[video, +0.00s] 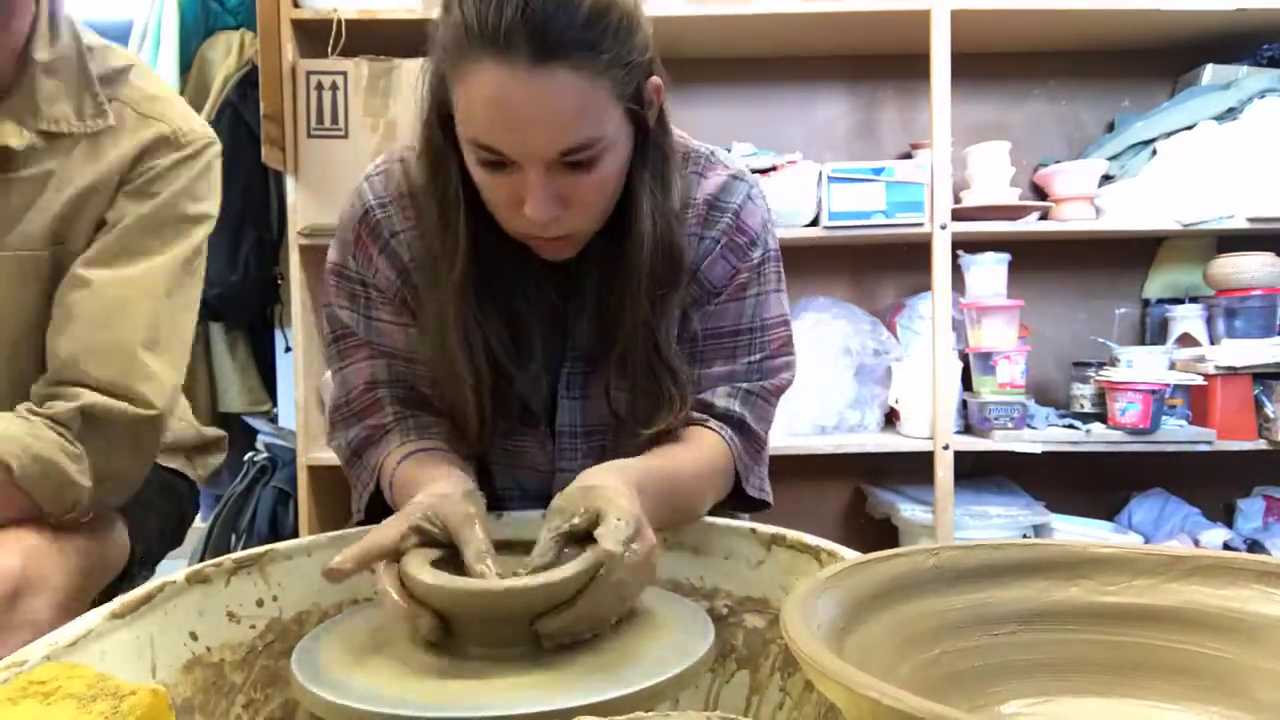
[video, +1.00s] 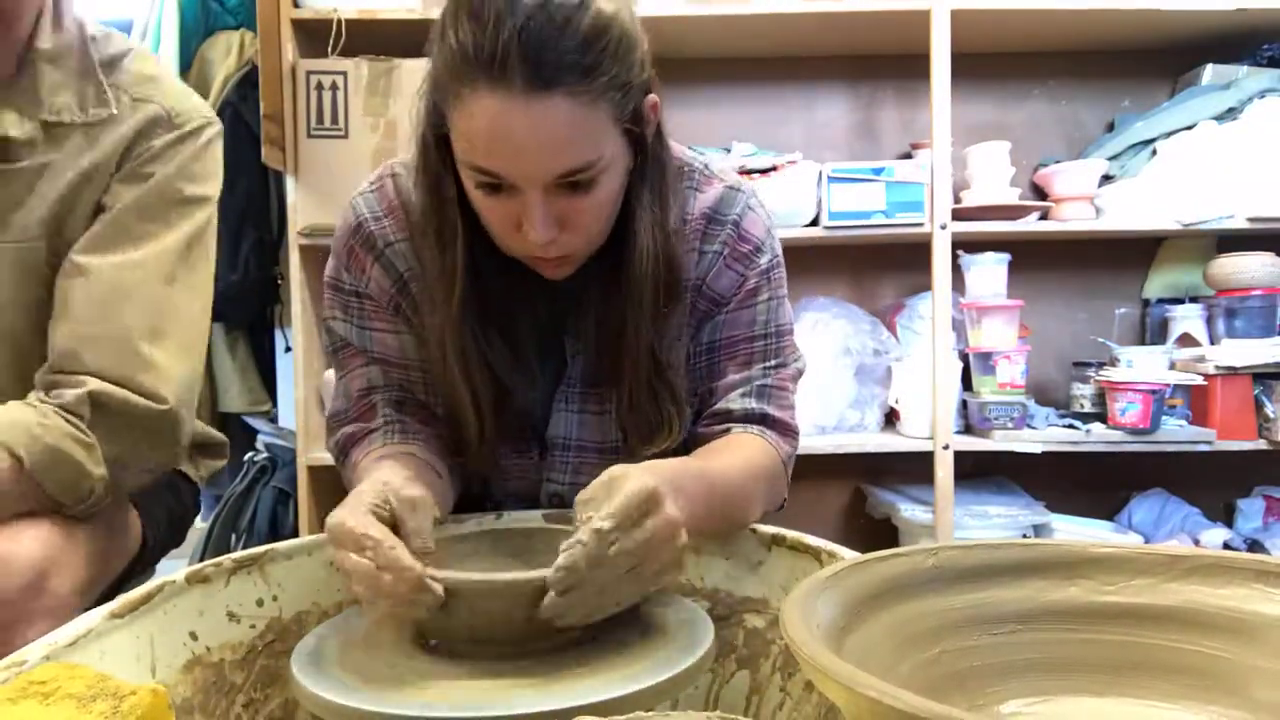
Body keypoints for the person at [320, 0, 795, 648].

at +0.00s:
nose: (539, 210)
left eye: (579, 163)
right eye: (495, 164)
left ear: (647, 109)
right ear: (451, 127)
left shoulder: (719, 211)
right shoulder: (390, 215)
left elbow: (731, 430)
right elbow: (383, 409)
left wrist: (635, 486)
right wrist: (438, 486)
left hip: (659, 568)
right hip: (464, 562)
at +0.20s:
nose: (535, 224)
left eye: (577, 178)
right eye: (492, 179)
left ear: (645, 120)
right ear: (448, 136)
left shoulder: (717, 210)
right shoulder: (388, 216)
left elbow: (734, 420)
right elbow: (383, 406)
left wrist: (653, 490)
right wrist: (430, 488)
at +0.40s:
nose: (599, 138)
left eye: (647, 107)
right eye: (571, 87)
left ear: (690, 103)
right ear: (518, 67)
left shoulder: (725, 212)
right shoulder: (408, 212)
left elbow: (734, 411)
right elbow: (397, 405)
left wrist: (657, 505)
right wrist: (439, 482)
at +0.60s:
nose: (535, 174)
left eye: (577, 128)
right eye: (495, 127)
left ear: (646, 92)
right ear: (453, 101)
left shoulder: (716, 214)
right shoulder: (391, 220)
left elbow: (753, 424)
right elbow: (395, 417)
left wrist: (677, 515)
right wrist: (393, 510)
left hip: (662, 588)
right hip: (467, 579)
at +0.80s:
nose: (541, 207)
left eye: (583, 163)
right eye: (499, 163)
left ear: (650, 112)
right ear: (456, 125)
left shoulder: (723, 226)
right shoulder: (392, 226)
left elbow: (757, 440)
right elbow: (398, 417)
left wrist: (670, 500)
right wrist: (400, 494)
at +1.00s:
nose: (538, 230)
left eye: (577, 184)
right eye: (492, 186)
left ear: (643, 124)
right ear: (448, 146)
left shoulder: (723, 229)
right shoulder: (384, 232)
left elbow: (761, 446)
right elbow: (392, 420)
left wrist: (676, 494)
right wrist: (393, 490)